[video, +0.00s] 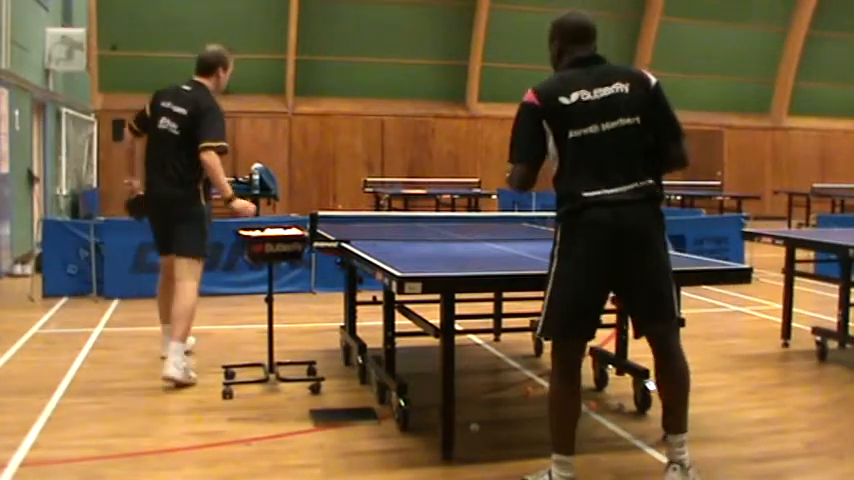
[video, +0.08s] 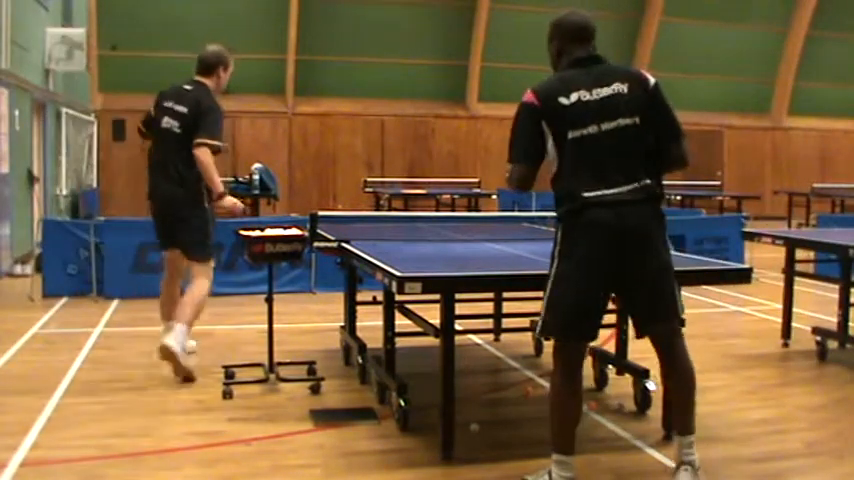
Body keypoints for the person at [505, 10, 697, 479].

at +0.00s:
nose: (550, 55)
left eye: (550, 49)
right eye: (556, 49)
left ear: (555, 49)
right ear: (595, 44)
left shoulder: (541, 97)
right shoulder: (640, 81)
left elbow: (524, 181)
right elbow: (677, 156)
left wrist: (515, 174)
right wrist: (631, 161)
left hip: (585, 234)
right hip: (643, 229)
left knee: (566, 358)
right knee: (667, 344)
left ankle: (561, 469)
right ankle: (679, 461)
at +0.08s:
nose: (550, 56)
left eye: (550, 50)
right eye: (556, 50)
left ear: (554, 50)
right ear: (594, 44)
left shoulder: (540, 98)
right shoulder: (639, 82)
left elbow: (522, 180)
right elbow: (677, 155)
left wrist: (520, 170)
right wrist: (629, 160)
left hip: (585, 235)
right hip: (644, 230)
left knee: (568, 359)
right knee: (671, 344)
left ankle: (561, 469)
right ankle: (687, 461)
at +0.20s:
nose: (557, 53)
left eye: (558, 46)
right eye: (561, 45)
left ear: (564, 46)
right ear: (602, 42)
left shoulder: (550, 95)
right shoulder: (646, 82)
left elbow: (530, 179)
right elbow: (682, 158)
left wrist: (533, 168)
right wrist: (634, 158)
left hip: (591, 236)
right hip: (649, 230)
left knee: (571, 359)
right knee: (679, 343)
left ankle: (561, 469)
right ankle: (709, 462)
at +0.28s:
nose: (567, 49)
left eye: (569, 42)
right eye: (570, 42)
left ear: (576, 43)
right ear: (612, 42)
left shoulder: (561, 94)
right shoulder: (656, 84)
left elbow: (545, 173)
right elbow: (688, 160)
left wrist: (538, 177)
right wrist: (641, 161)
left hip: (597, 238)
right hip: (656, 234)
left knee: (574, 358)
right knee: (686, 345)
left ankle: (563, 469)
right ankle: (720, 461)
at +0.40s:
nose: (592, 50)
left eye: (593, 43)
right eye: (595, 43)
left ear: (600, 45)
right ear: (640, 45)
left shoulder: (589, 94)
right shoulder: (678, 92)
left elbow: (581, 167)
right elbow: (706, 167)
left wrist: (559, 185)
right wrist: (660, 174)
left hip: (616, 239)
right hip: (674, 237)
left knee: (579, 354)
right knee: (694, 350)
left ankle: (563, 467)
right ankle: (723, 465)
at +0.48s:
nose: (610, 52)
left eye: (613, 45)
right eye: (615, 45)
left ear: (620, 47)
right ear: (657, 48)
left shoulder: (608, 94)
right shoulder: (696, 97)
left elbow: (602, 164)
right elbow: (717, 177)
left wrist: (573, 200)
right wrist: (669, 185)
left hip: (629, 242)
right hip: (686, 242)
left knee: (584, 350)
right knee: (702, 353)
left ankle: (563, 467)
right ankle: (724, 468)